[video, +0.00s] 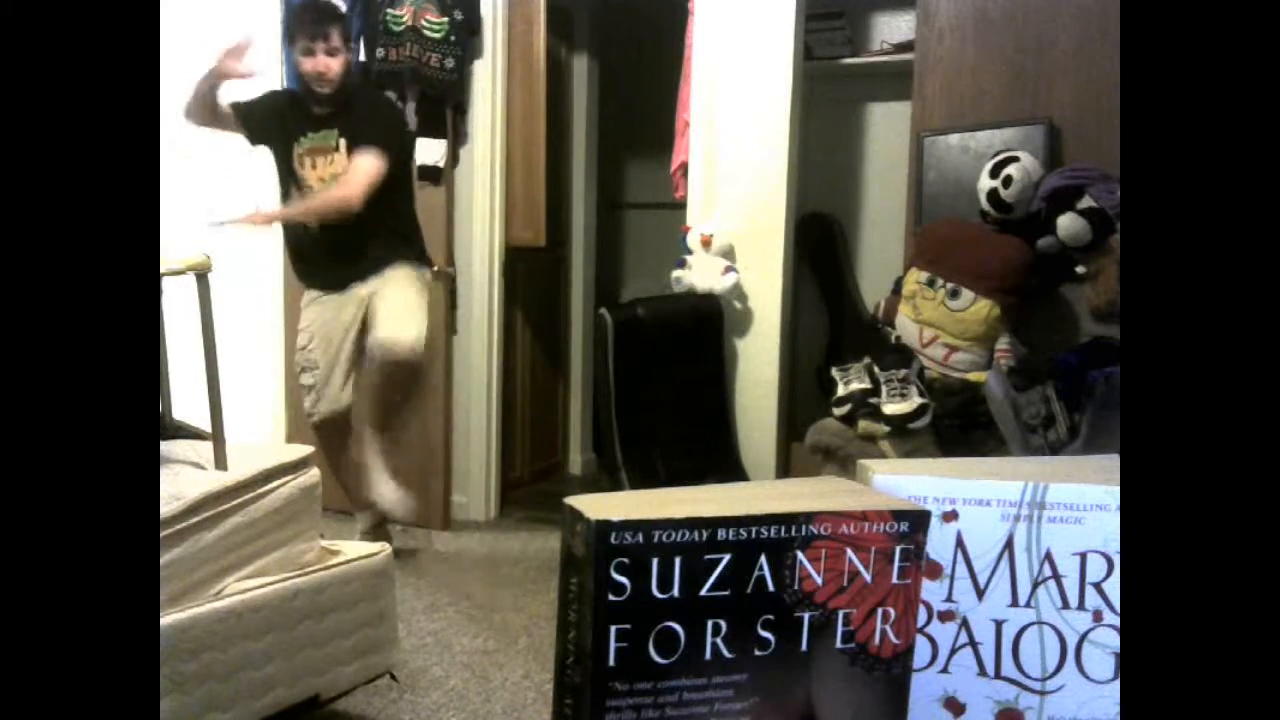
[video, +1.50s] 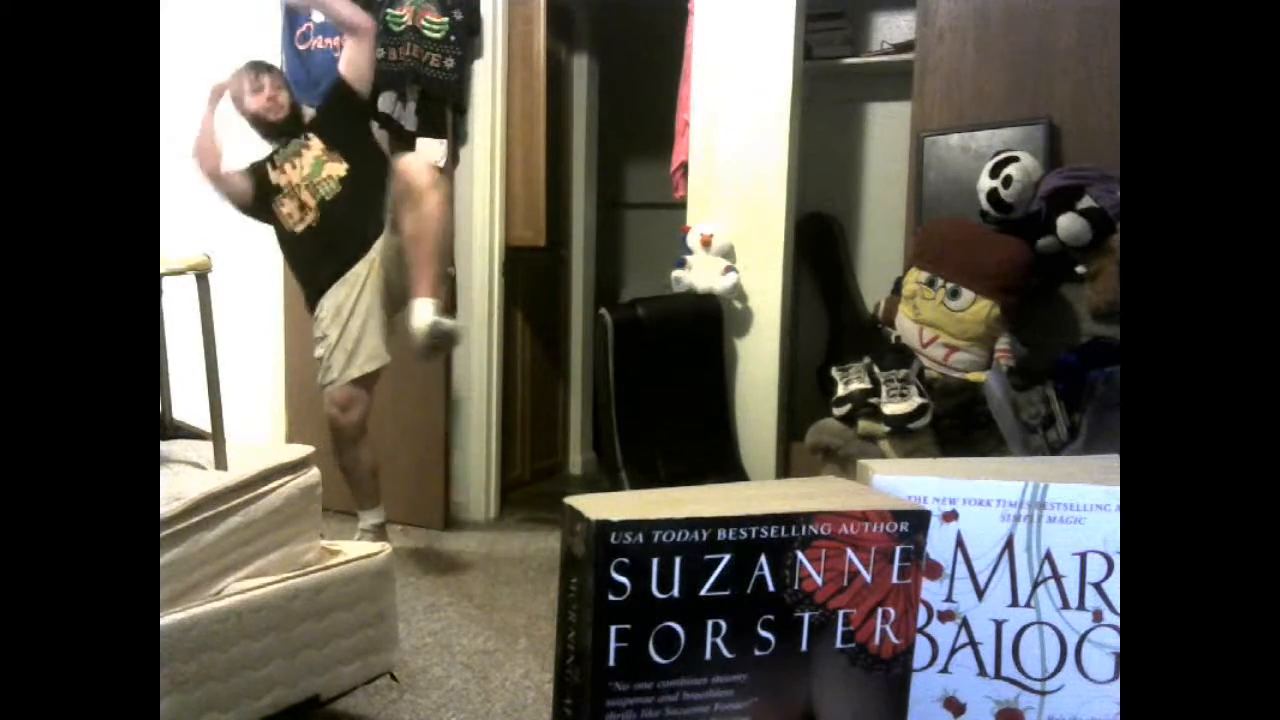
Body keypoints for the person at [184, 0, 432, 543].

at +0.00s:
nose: (323, 65)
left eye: (333, 52)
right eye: (311, 53)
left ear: (350, 53)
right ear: (293, 56)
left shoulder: (377, 110)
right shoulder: (281, 111)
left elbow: (353, 193)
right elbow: (201, 115)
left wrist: (276, 214)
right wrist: (214, 78)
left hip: (392, 265)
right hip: (325, 284)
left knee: (399, 346)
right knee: (325, 410)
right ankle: (370, 513)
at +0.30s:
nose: (309, 59)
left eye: (318, 47)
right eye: (296, 49)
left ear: (336, 48)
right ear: (280, 55)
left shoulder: (362, 94)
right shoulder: (272, 110)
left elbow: (392, 130)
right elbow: (202, 126)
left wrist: (299, 154)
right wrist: (254, 117)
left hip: (382, 255)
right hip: (320, 287)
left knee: (418, 268)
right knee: (325, 417)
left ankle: (388, 385)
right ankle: (370, 521)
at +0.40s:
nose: (306, 62)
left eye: (314, 49)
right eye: (294, 52)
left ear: (331, 48)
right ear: (275, 56)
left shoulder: (365, 96)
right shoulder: (263, 123)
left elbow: (413, 124)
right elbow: (235, 164)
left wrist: (347, 150)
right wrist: (311, 159)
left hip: (378, 253)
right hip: (317, 287)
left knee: (407, 248)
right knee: (327, 420)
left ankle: (390, 366)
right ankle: (368, 518)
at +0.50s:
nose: (282, 74)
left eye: (290, 61)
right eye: (269, 64)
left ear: (305, 64)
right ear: (252, 73)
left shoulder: (353, 108)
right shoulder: (259, 142)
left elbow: (425, 119)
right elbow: (322, 169)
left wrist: (446, 120)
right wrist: (408, 143)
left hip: (391, 256)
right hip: (328, 285)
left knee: (357, 203)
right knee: (329, 418)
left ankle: (382, 329)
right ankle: (374, 525)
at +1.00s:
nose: (265, 90)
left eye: (269, 81)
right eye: (250, 87)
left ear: (282, 89)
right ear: (236, 108)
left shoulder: (335, 124)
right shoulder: (244, 180)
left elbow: (420, 117)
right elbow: (279, 166)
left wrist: (412, 39)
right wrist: (322, 110)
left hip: (390, 253)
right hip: (337, 302)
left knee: (427, 175)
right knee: (342, 420)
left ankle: (440, 323)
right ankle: (372, 526)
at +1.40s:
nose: (268, 98)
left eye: (270, 89)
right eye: (254, 95)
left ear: (284, 94)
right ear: (243, 114)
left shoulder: (340, 122)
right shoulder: (258, 178)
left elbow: (370, 54)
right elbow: (243, 128)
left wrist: (331, 4)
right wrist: (268, 45)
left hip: (392, 245)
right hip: (336, 290)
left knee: (434, 151)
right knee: (340, 414)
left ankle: (437, 297)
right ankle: (370, 524)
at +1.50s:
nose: (262, 92)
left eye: (265, 81)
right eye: (251, 92)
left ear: (286, 85)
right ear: (247, 114)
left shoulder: (339, 114)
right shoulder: (262, 182)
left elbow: (362, 28)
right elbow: (210, 168)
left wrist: (311, 4)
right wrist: (212, 103)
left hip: (390, 250)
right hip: (337, 297)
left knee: (415, 168)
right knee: (344, 414)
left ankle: (425, 311)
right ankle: (372, 524)